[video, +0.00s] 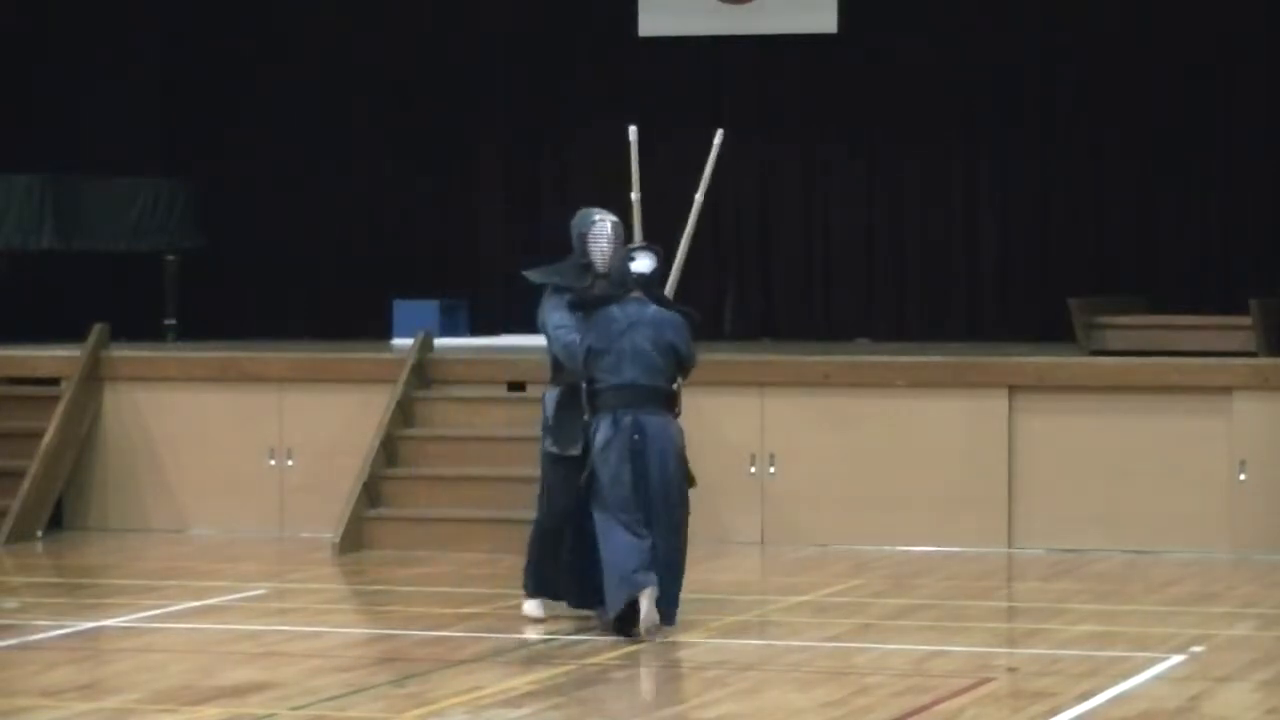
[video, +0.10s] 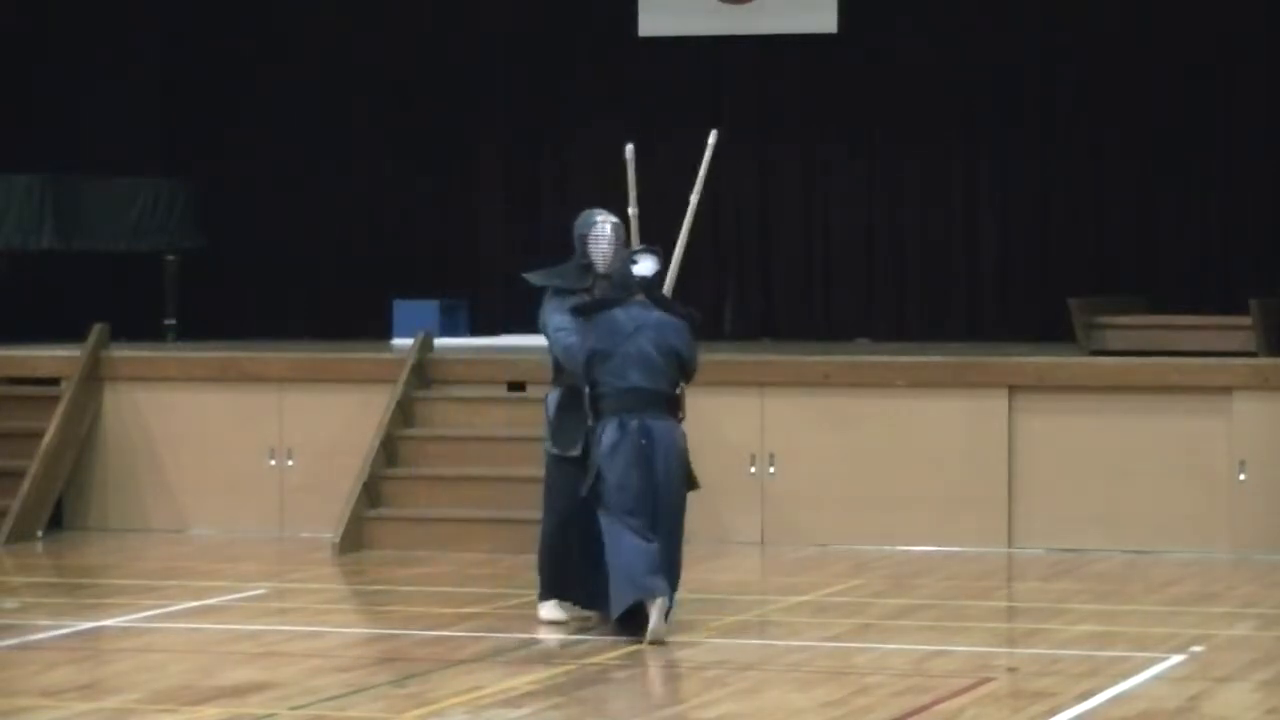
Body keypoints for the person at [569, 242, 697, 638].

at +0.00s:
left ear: (616, 283)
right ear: (648, 283)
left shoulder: (600, 320)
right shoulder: (669, 319)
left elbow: (575, 358)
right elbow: (686, 363)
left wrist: (555, 313)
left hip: (613, 421)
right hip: (660, 422)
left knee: (616, 509)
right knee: (665, 514)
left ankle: (640, 584)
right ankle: (662, 610)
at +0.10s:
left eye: (609, 288)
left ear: (611, 290)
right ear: (645, 289)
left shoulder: (600, 325)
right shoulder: (671, 324)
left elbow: (573, 360)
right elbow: (689, 368)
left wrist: (556, 313)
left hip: (617, 427)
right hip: (665, 428)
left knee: (620, 514)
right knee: (665, 517)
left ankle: (652, 591)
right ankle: (658, 604)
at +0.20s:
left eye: (624, 283)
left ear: (623, 287)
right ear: (658, 288)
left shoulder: (601, 332)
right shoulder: (675, 330)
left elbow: (580, 374)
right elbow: (689, 375)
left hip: (622, 432)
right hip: (668, 432)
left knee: (625, 520)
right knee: (664, 521)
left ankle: (658, 604)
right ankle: (646, 612)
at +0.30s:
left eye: (623, 284)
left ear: (623, 289)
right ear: (659, 290)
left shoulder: (601, 334)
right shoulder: (680, 335)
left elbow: (581, 387)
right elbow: (689, 384)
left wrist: (589, 420)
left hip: (623, 436)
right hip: (669, 435)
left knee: (632, 525)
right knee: (664, 527)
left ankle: (663, 612)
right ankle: (638, 617)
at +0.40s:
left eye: (621, 286)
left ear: (622, 290)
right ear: (659, 292)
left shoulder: (601, 336)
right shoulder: (682, 336)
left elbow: (580, 396)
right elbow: (690, 386)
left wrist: (591, 423)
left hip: (623, 437)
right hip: (670, 436)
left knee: (632, 526)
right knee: (664, 528)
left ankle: (663, 614)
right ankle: (637, 617)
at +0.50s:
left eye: (626, 281)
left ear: (626, 285)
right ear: (663, 288)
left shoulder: (607, 332)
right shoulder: (684, 334)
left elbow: (583, 387)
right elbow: (691, 380)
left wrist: (591, 417)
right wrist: (658, 398)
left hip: (625, 435)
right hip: (671, 435)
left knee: (634, 525)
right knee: (665, 527)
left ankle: (663, 617)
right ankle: (637, 617)